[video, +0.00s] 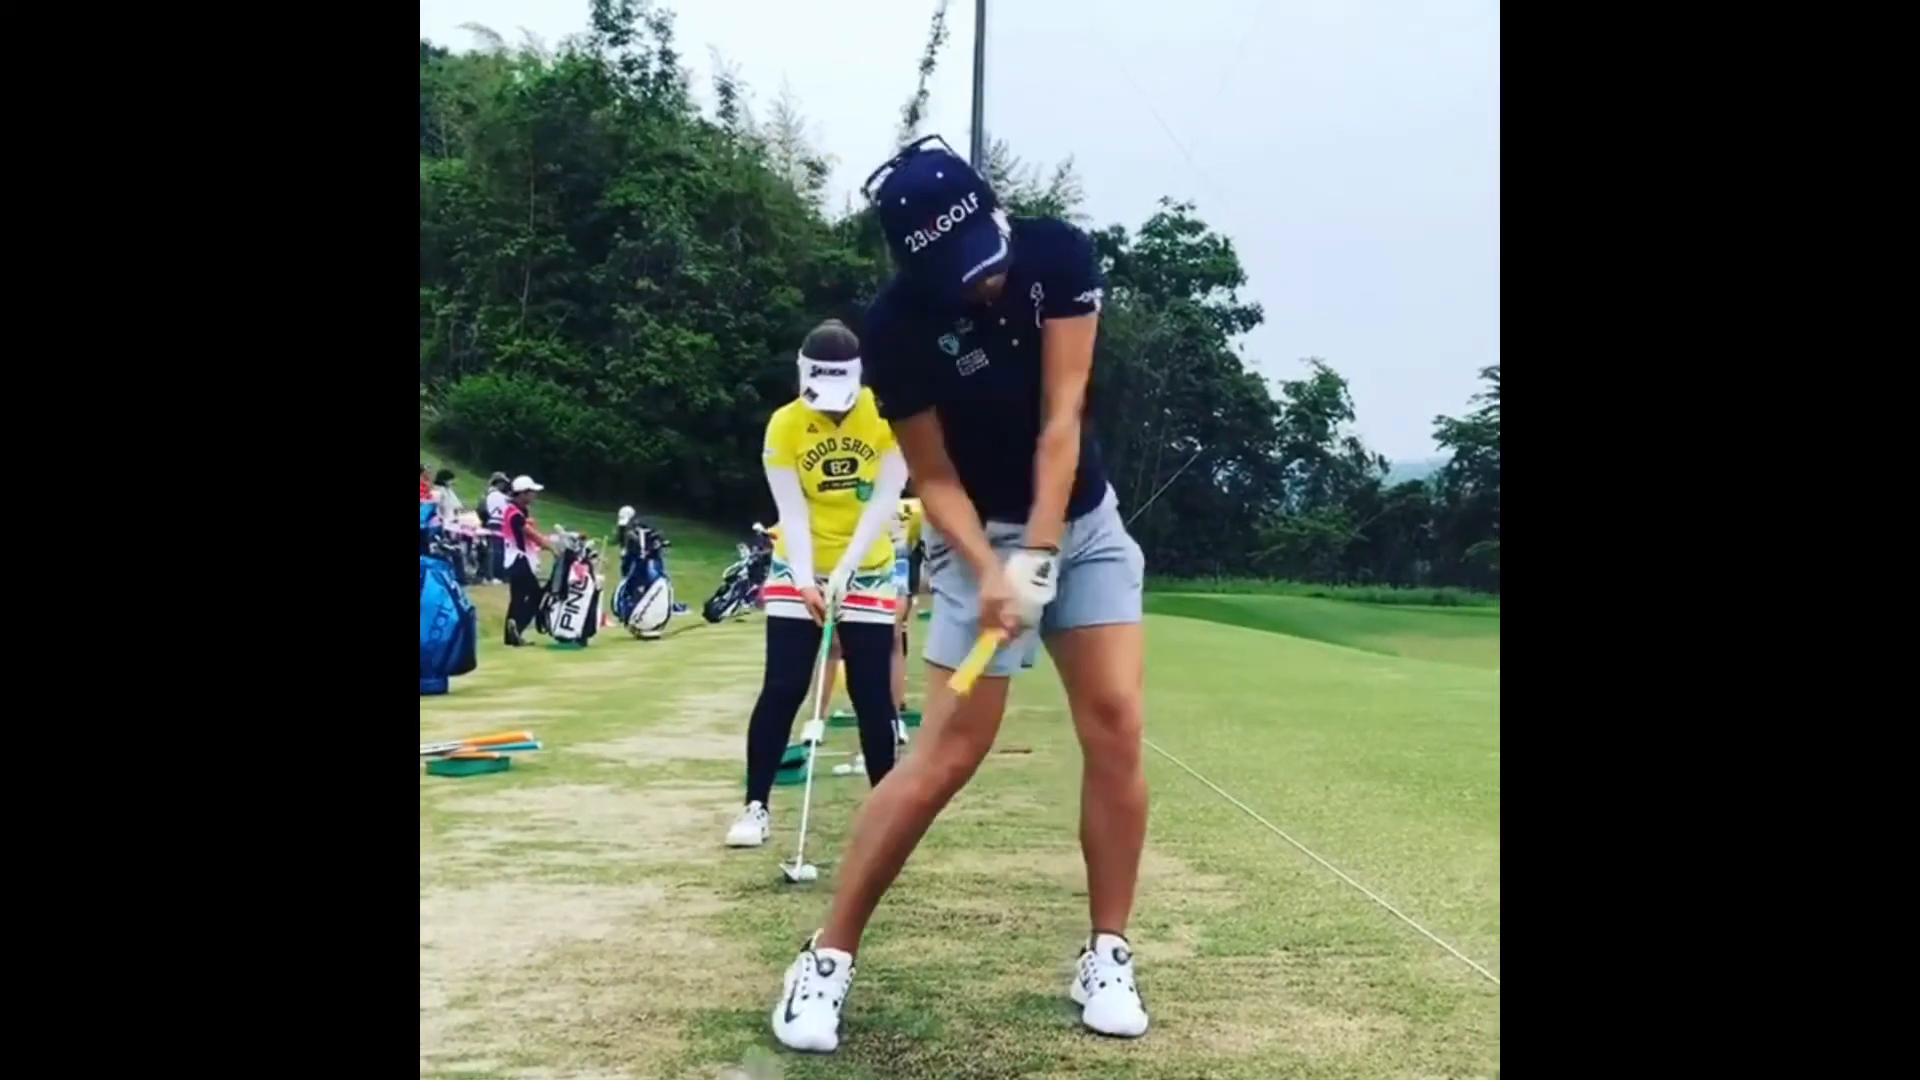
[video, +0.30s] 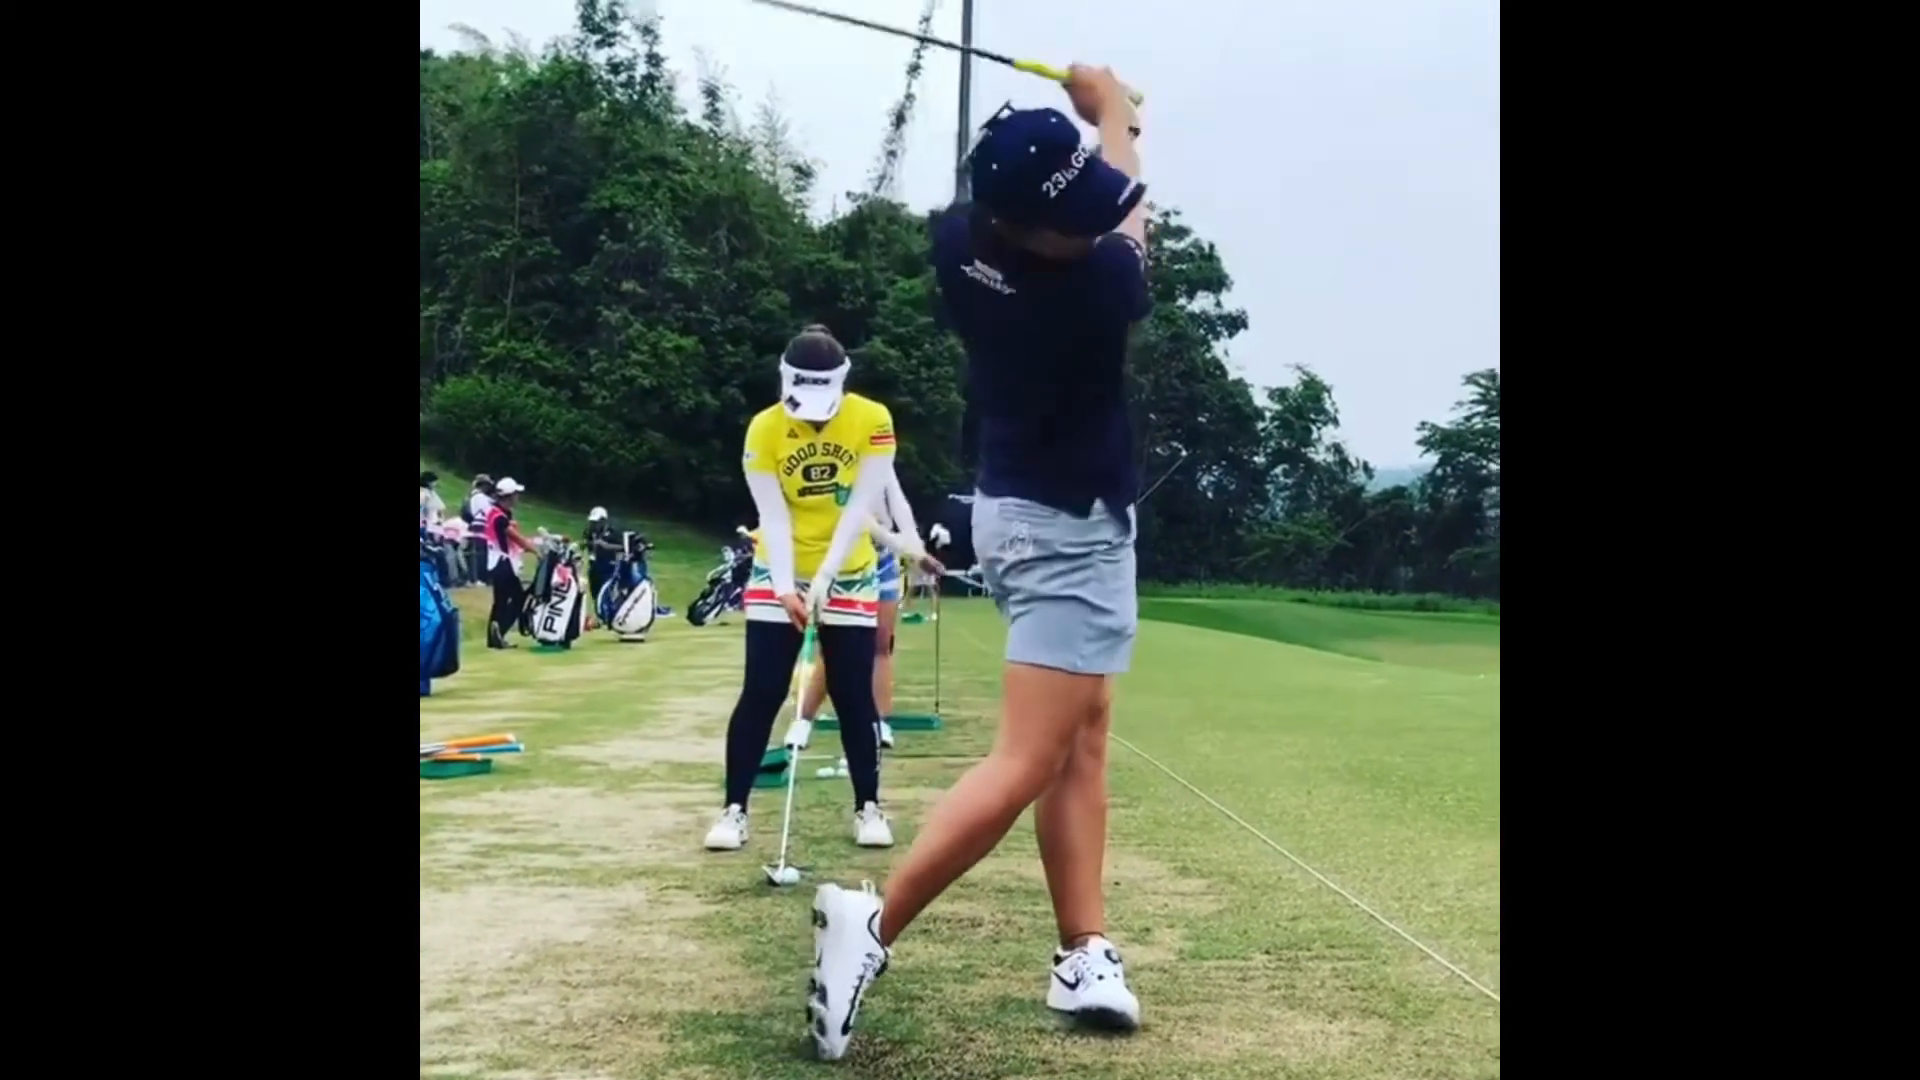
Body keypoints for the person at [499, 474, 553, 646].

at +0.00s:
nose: (534, 496)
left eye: (533, 492)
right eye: (530, 492)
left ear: (522, 495)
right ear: (520, 494)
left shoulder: (519, 512)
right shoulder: (515, 515)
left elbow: (532, 533)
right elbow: (532, 535)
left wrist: (549, 541)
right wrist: (551, 546)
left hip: (518, 557)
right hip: (517, 558)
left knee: (517, 595)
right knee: (536, 592)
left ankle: (511, 634)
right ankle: (517, 625)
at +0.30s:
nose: (518, 498)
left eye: (517, 494)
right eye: (515, 495)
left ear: (502, 496)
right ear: (507, 496)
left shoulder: (494, 513)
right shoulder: (500, 518)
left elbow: (514, 536)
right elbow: (517, 539)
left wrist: (533, 543)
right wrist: (535, 550)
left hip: (497, 558)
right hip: (502, 560)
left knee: (500, 598)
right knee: (519, 595)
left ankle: (494, 635)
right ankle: (500, 628)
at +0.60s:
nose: (505, 501)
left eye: (505, 497)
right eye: (503, 497)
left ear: (489, 498)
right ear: (495, 498)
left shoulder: (482, 515)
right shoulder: (488, 520)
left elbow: (502, 538)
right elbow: (505, 541)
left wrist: (520, 547)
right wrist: (523, 552)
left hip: (483, 560)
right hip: (490, 562)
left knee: (487, 600)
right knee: (506, 598)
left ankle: (480, 639)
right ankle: (487, 631)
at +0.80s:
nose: (499, 503)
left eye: (499, 499)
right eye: (497, 499)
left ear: (483, 500)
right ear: (490, 500)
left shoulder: (476, 517)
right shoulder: (482, 522)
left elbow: (496, 540)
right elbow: (499, 543)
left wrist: (516, 547)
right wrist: (518, 555)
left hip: (476, 562)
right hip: (483, 564)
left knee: (481, 602)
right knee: (500, 599)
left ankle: (474, 641)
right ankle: (481, 632)